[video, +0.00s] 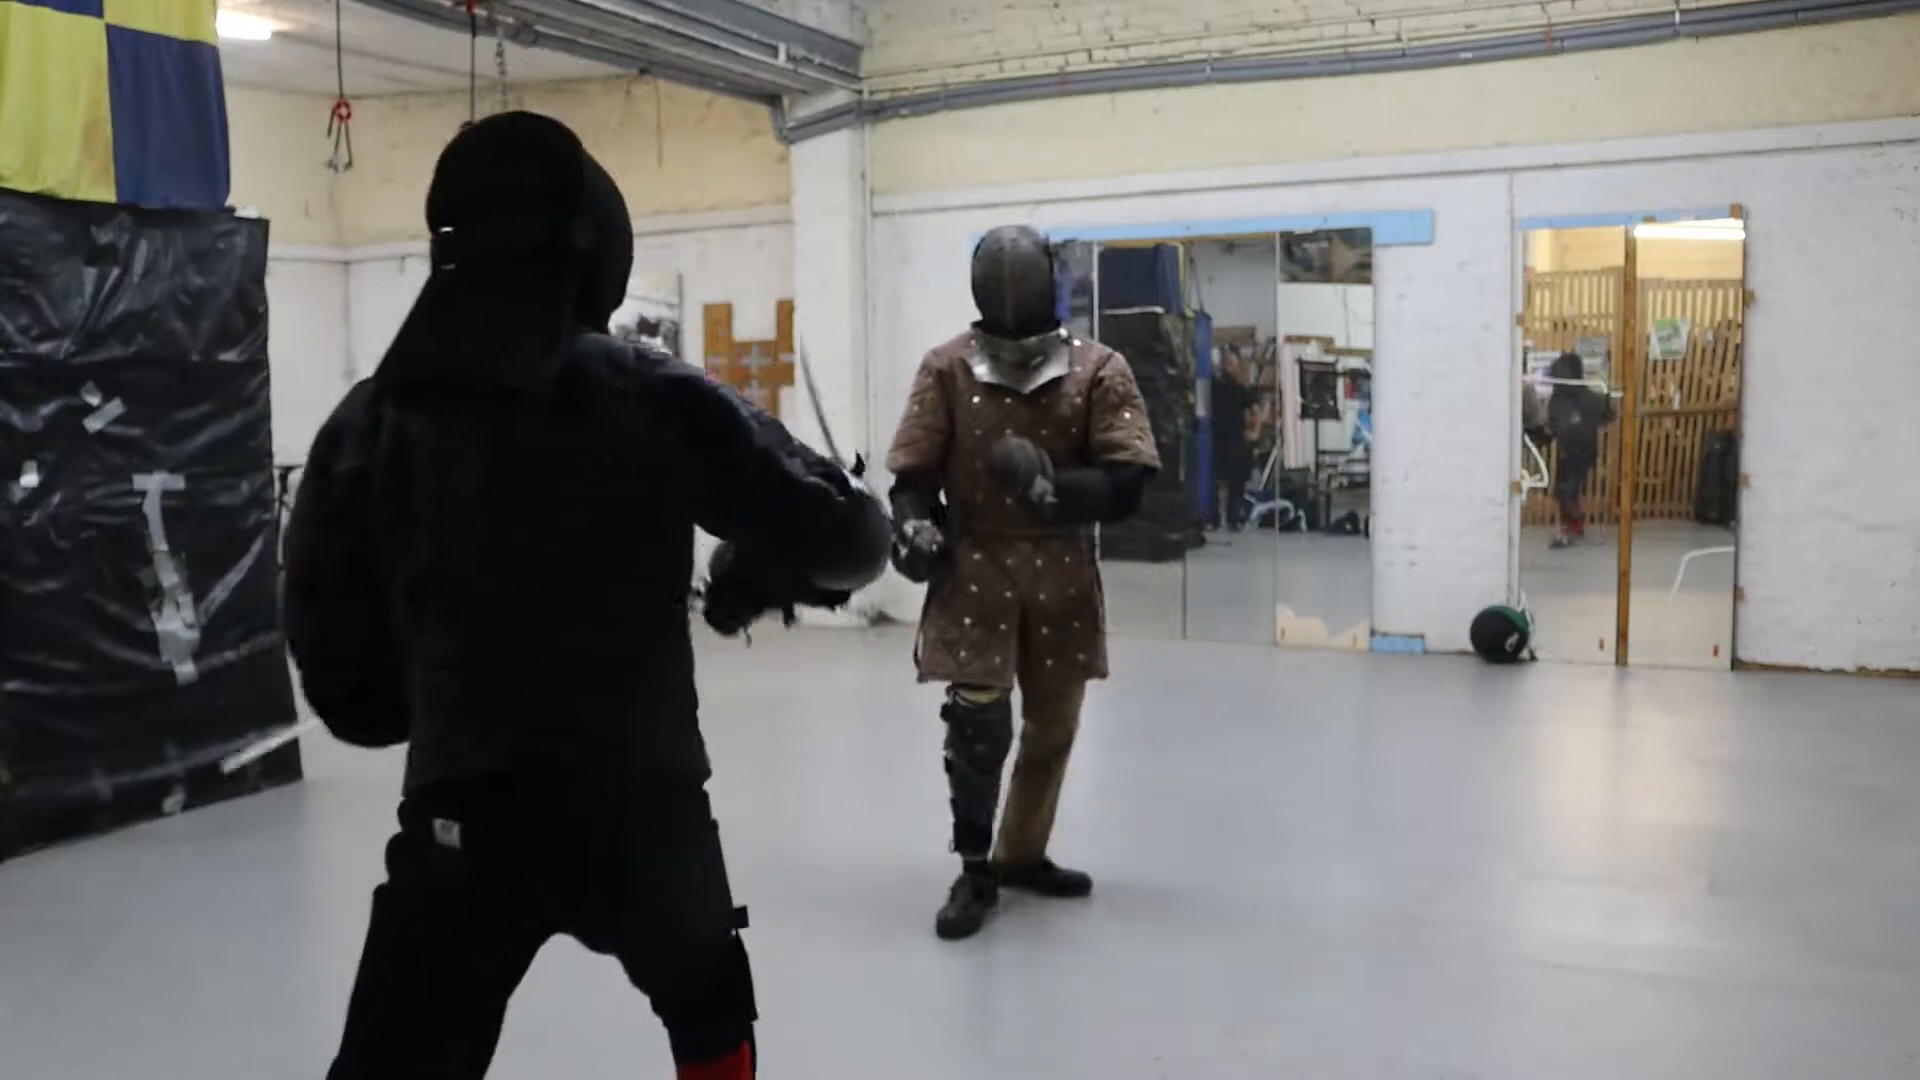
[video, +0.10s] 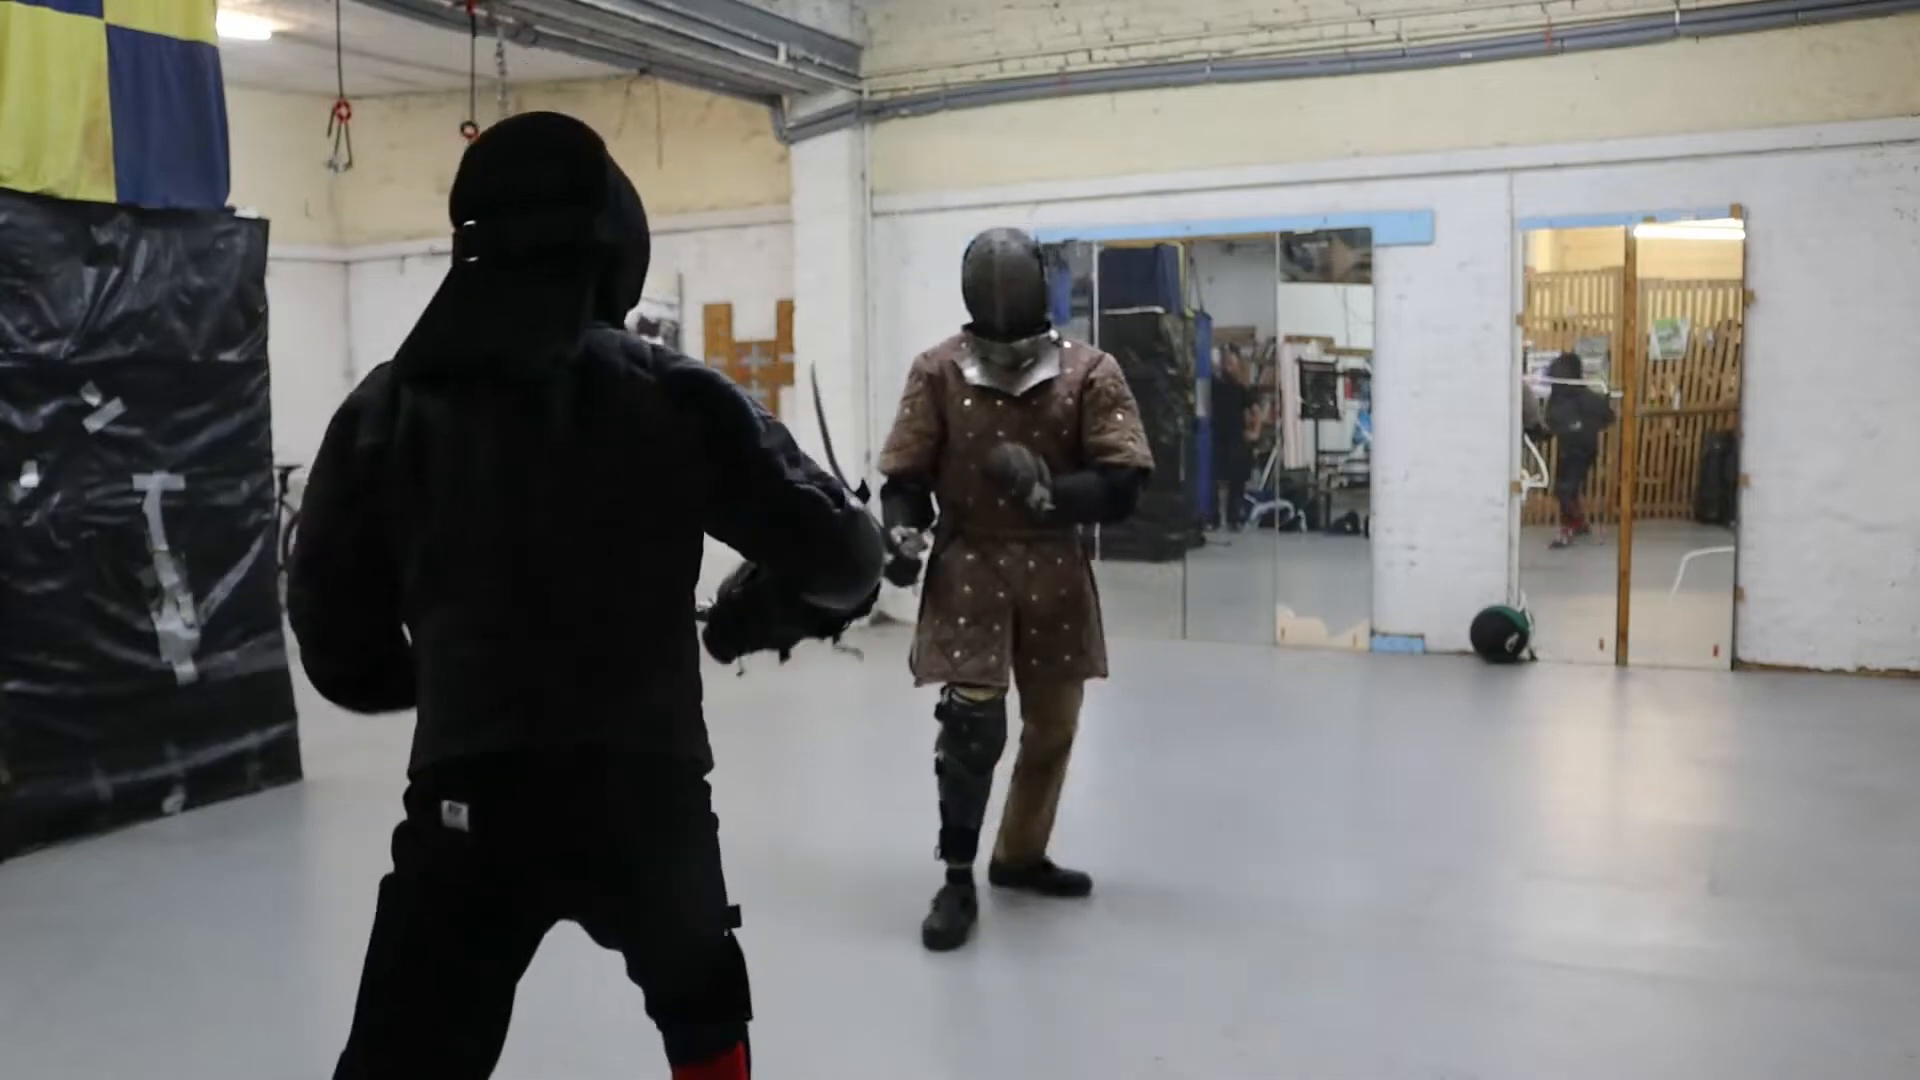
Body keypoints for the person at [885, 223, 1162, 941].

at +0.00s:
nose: (1016, 336)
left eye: (1030, 321)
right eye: (1001, 321)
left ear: (1053, 300)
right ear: (980, 304)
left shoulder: (1098, 370)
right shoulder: (948, 371)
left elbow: (1128, 482)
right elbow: (912, 477)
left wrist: (1052, 487)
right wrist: (915, 524)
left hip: (1061, 572)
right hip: (974, 570)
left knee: (1051, 731)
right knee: (978, 726)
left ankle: (1022, 856)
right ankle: (973, 869)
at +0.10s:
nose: (1006, 343)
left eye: (1020, 328)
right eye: (991, 329)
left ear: (1043, 305)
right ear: (970, 310)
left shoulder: (1089, 373)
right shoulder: (939, 374)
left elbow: (1125, 482)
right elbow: (904, 479)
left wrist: (1053, 492)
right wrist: (904, 530)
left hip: (1055, 573)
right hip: (967, 571)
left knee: (1051, 732)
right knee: (973, 728)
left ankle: (1019, 858)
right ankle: (957, 881)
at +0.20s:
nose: (995, 352)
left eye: (1008, 336)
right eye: (979, 337)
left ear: (1031, 312)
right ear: (958, 317)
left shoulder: (1078, 379)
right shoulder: (927, 380)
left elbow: (1120, 488)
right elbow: (892, 482)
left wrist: (1053, 500)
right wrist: (874, 522)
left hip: (1045, 576)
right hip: (957, 575)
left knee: (1054, 730)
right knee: (963, 730)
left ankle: (1021, 858)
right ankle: (937, 891)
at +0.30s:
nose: (978, 359)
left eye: (992, 345)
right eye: (964, 344)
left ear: (1014, 323)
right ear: (942, 325)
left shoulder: (1062, 389)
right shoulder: (910, 388)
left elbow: (1110, 496)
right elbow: (872, 492)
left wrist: (1050, 513)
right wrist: (844, 506)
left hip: (1027, 581)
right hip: (942, 581)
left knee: (1054, 733)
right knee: (945, 734)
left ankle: (1021, 861)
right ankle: (901, 905)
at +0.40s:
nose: (954, 368)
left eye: (969, 354)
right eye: (939, 352)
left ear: (990, 332)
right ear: (917, 332)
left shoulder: (1033, 397)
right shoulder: (884, 394)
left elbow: (1083, 505)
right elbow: (834, 496)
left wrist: (1034, 520)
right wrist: (798, 478)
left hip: (1004, 587)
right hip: (919, 588)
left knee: (1048, 730)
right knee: (913, 748)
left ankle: (1022, 859)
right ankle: (840, 917)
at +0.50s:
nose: (911, 327)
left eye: (923, 311)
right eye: (896, 312)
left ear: (940, 312)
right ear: (872, 312)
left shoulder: (983, 396)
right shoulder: (838, 394)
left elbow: (1033, 493)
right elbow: (789, 468)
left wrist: (1007, 517)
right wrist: (817, 475)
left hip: (965, 589)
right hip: (879, 594)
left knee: (1017, 730)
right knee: (858, 768)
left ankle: (1031, 855)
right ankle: (770, 925)